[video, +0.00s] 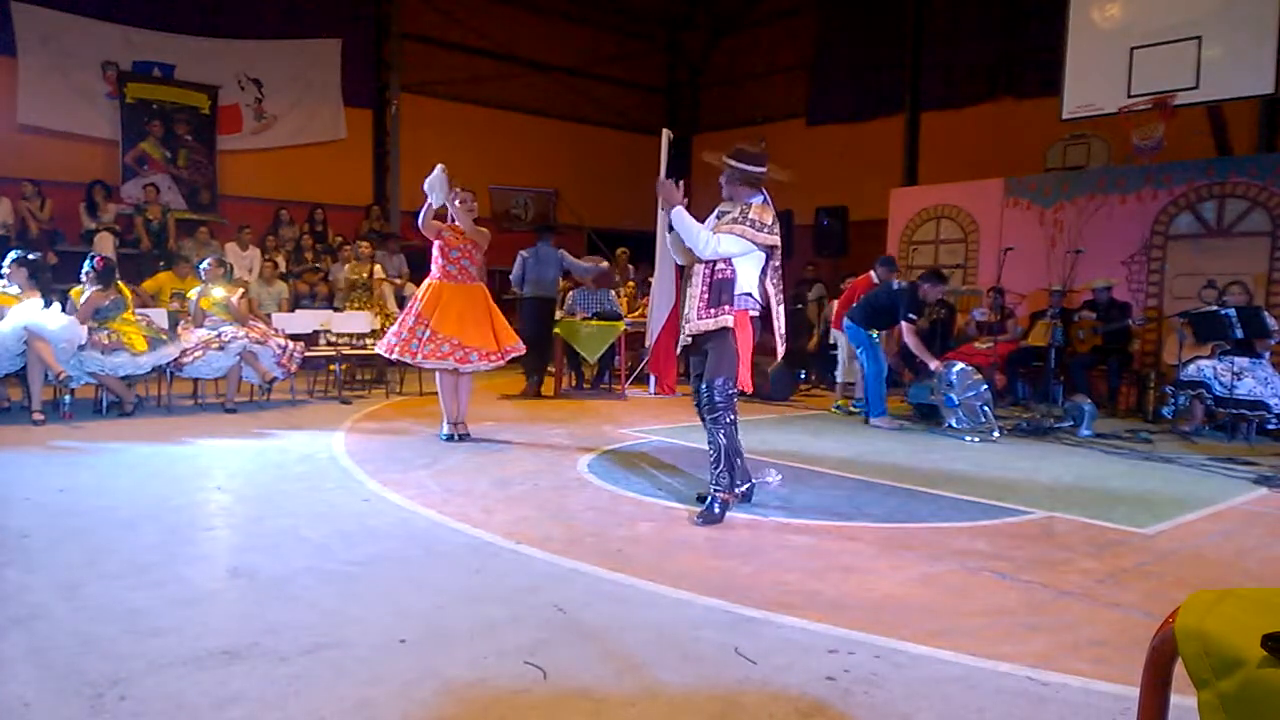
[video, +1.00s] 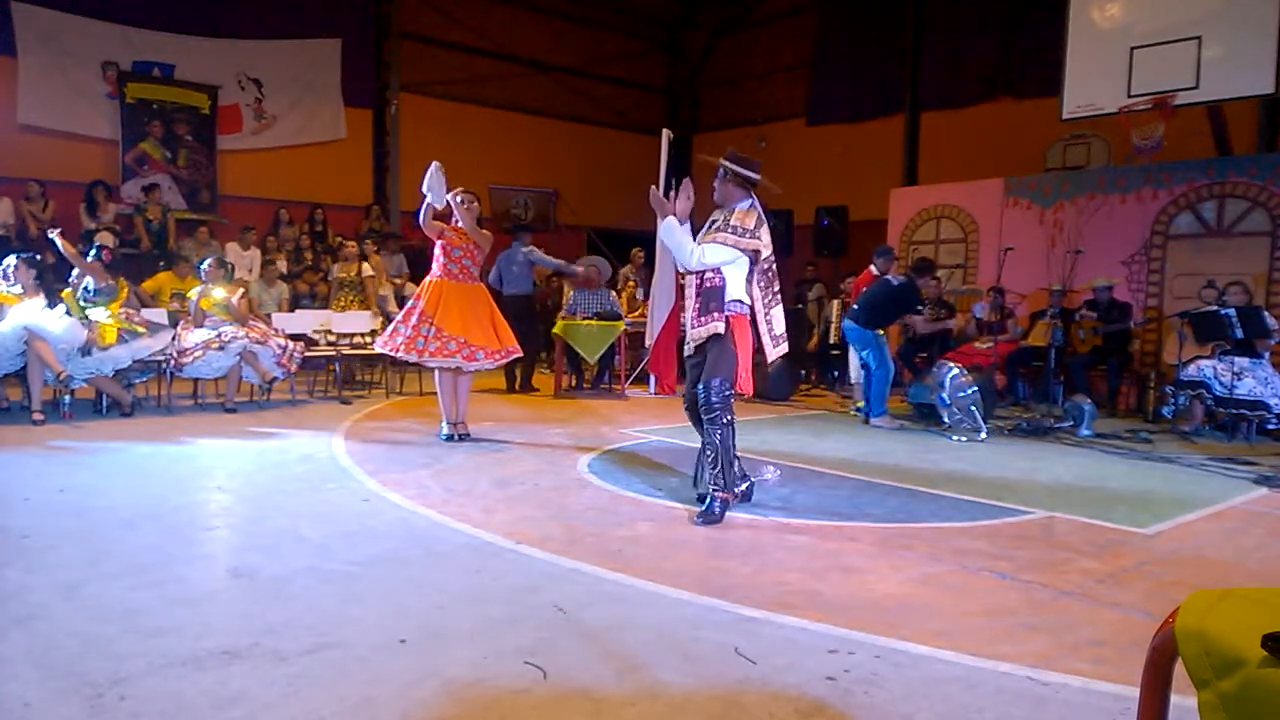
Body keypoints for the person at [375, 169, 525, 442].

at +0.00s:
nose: (470, 205)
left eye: (473, 201)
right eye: (464, 202)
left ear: (478, 207)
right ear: (453, 207)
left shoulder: (482, 235)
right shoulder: (441, 230)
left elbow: (470, 231)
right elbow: (424, 224)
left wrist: (454, 207)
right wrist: (431, 201)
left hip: (470, 298)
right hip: (442, 296)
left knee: (465, 365)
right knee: (445, 364)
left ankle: (461, 420)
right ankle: (448, 420)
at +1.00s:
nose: (464, 205)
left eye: (469, 200)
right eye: (459, 202)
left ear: (480, 208)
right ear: (453, 209)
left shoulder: (485, 238)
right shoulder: (443, 231)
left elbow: (471, 229)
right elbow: (425, 222)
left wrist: (455, 204)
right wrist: (431, 197)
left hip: (470, 297)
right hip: (441, 295)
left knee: (465, 364)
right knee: (444, 363)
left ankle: (461, 421)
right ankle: (447, 420)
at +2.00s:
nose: (457, 207)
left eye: (460, 204)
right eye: (452, 202)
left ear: (466, 207)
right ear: (445, 205)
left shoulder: (475, 232)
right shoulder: (436, 232)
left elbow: (489, 234)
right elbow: (436, 234)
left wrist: (469, 210)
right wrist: (450, 205)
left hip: (473, 297)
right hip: (446, 296)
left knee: (468, 363)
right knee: (447, 363)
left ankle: (461, 420)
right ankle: (447, 420)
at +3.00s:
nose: (452, 207)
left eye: (457, 203)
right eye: (447, 203)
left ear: (465, 207)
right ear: (441, 208)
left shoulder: (477, 231)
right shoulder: (438, 236)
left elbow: (505, 255)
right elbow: (457, 254)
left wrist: (498, 230)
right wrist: (486, 234)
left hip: (472, 301)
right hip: (445, 301)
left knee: (467, 365)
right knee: (446, 365)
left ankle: (460, 421)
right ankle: (446, 422)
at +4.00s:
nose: (458, 206)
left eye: (463, 202)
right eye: (454, 201)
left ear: (471, 207)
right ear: (446, 205)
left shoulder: (477, 235)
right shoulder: (439, 233)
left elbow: (501, 256)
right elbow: (459, 253)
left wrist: (490, 223)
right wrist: (479, 227)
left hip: (468, 302)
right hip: (443, 301)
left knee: (462, 364)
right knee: (443, 365)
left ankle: (458, 421)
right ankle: (446, 421)